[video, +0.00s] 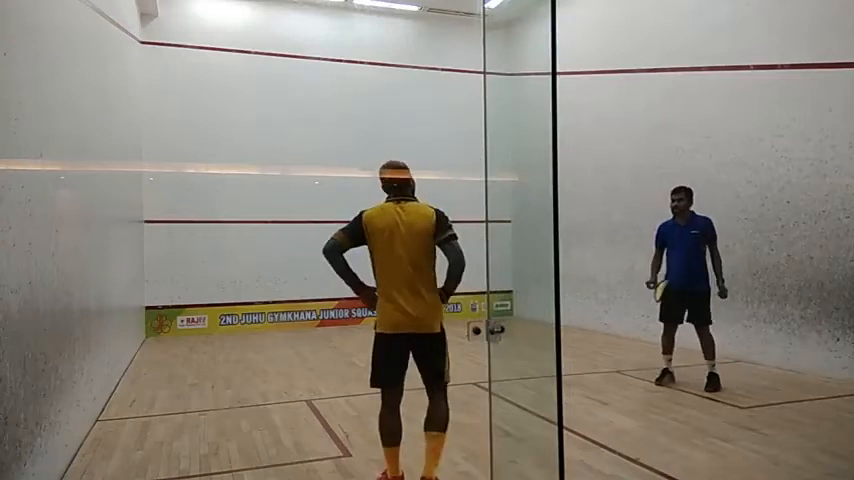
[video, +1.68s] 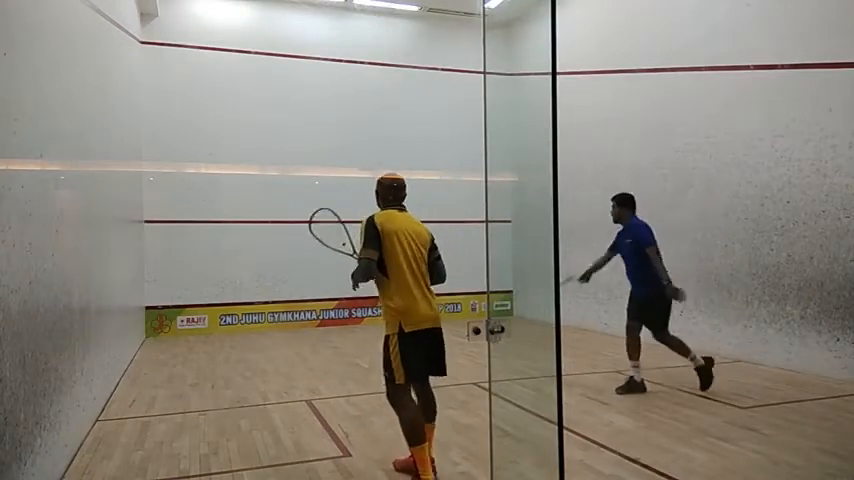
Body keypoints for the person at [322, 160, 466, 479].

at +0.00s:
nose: (407, 187)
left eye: (386, 185)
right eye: (409, 182)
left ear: (383, 187)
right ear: (412, 185)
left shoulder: (369, 218)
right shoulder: (433, 216)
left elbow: (331, 250)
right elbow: (458, 262)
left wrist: (361, 290)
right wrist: (443, 295)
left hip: (389, 325)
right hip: (429, 323)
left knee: (390, 401)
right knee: (437, 395)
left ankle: (393, 472)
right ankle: (430, 474)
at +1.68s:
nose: (376, 197)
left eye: (377, 192)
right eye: (379, 191)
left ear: (380, 195)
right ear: (404, 197)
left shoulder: (376, 222)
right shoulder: (421, 228)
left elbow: (367, 269)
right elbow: (439, 275)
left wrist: (357, 275)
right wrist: (407, 277)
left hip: (401, 324)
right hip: (429, 320)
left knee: (398, 393)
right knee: (422, 384)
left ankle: (425, 469)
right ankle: (424, 456)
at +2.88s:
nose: (267, 222)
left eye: (268, 218)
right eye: (270, 218)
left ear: (272, 222)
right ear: (296, 220)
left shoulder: (267, 259)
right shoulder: (319, 247)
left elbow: (250, 313)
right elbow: (349, 286)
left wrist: (221, 357)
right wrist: (373, 322)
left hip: (287, 345)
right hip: (312, 341)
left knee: (269, 407)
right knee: (268, 387)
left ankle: (331, 444)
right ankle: (263, 441)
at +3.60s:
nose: (349, 191)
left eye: (350, 188)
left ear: (348, 193)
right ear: (374, 197)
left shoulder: (327, 223)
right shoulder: (384, 229)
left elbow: (316, 267)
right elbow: (399, 280)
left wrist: (309, 308)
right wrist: (402, 324)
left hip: (341, 324)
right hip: (376, 321)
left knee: (339, 394)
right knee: (394, 377)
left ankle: (341, 466)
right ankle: (412, 441)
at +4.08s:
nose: (390, 194)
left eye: (391, 190)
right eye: (398, 190)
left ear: (391, 194)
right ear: (414, 197)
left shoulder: (372, 225)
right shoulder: (426, 228)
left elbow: (359, 268)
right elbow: (442, 274)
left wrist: (355, 304)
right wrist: (450, 314)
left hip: (381, 316)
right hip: (415, 317)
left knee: (371, 370)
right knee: (419, 376)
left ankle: (371, 434)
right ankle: (417, 444)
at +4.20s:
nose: (394, 197)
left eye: (393, 193)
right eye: (407, 193)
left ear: (391, 196)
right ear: (415, 198)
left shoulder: (375, 226)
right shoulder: (427, 229)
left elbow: (362, 266)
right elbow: (445, 270)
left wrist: (359, 300)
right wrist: (449, 309)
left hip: (384, 314)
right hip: (416, 314)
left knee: (378, 370)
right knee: (419, 376)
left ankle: (378, 432)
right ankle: (417, 444)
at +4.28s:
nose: (392, 196)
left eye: (392, 193)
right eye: (402, 193)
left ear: (391, 197)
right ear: (414, 200)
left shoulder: (375, 228)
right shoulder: (427, 229)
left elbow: (364, 265)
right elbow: (442, 271)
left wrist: (363, 296)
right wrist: (444, 308)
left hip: (385, 315)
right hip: (417, 315)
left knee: (384, 369)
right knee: (419, 375)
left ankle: (384, 424)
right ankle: (417, 443)